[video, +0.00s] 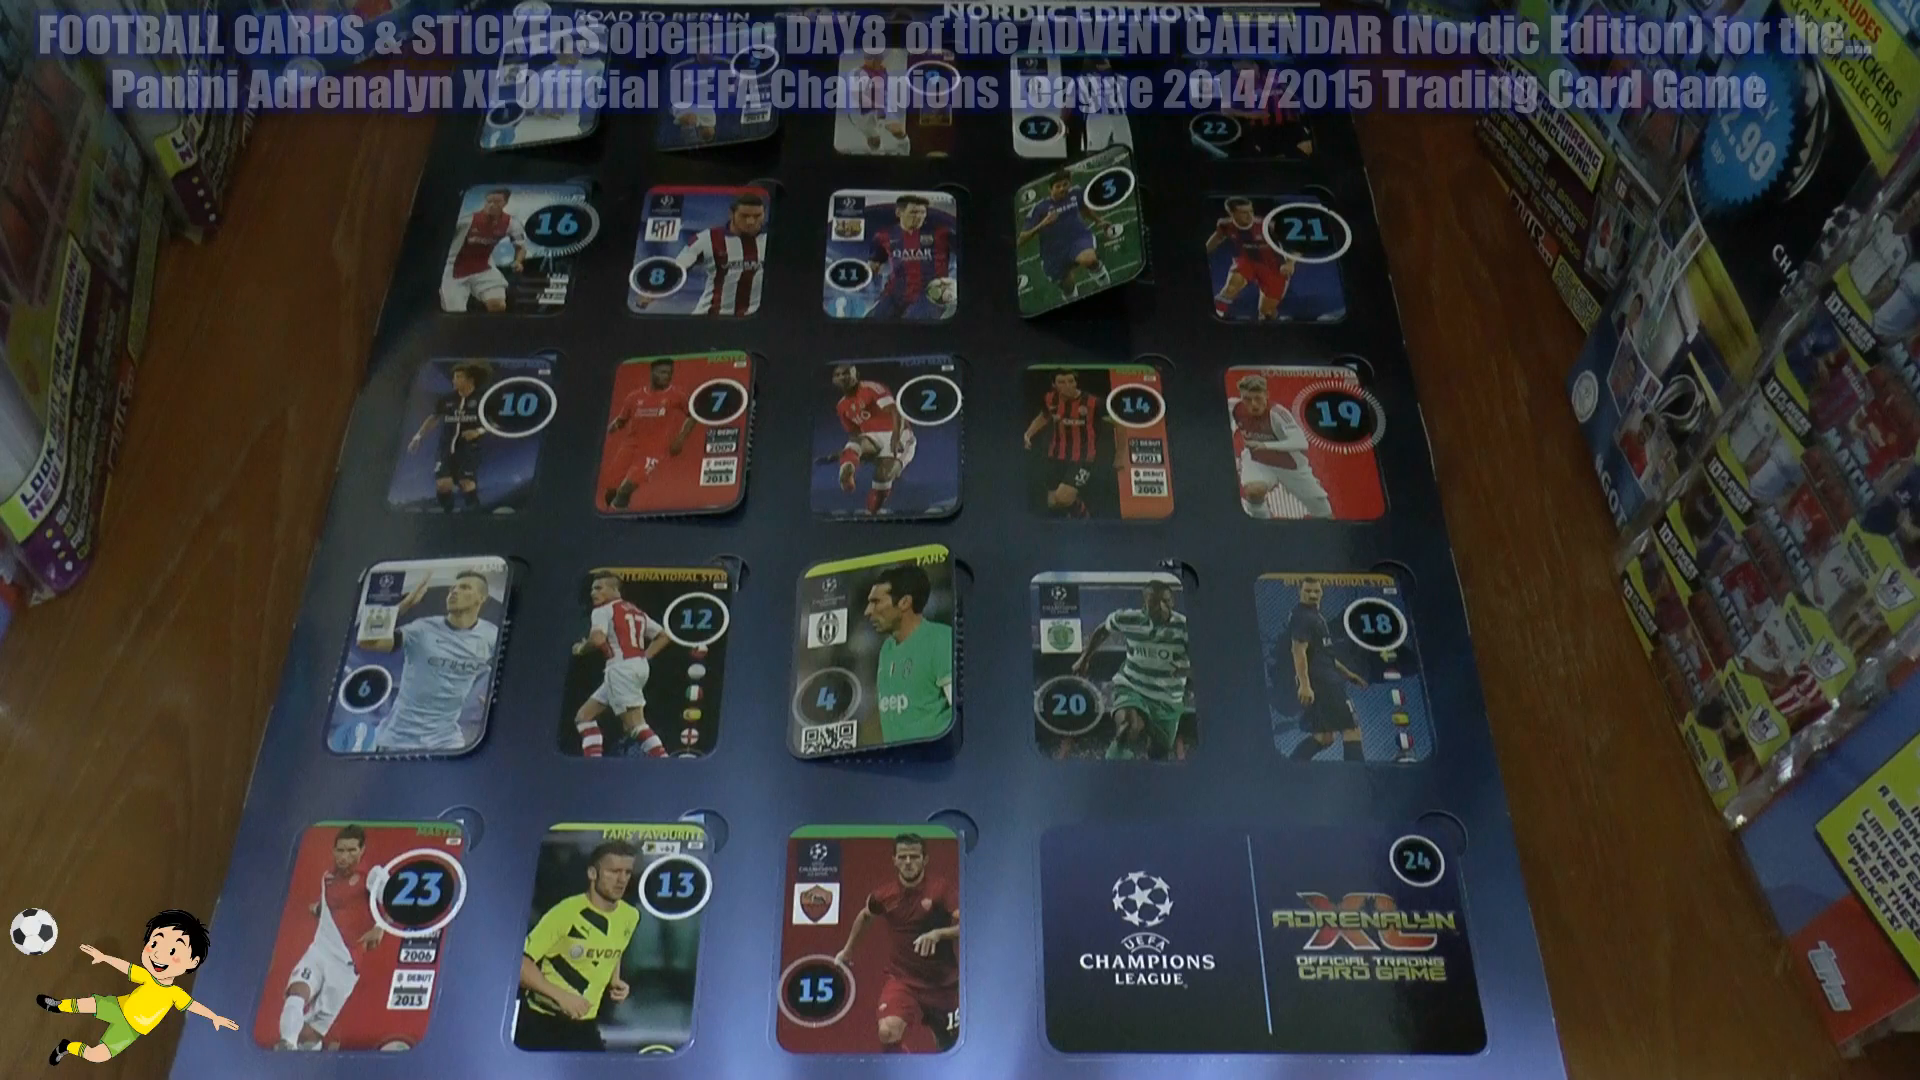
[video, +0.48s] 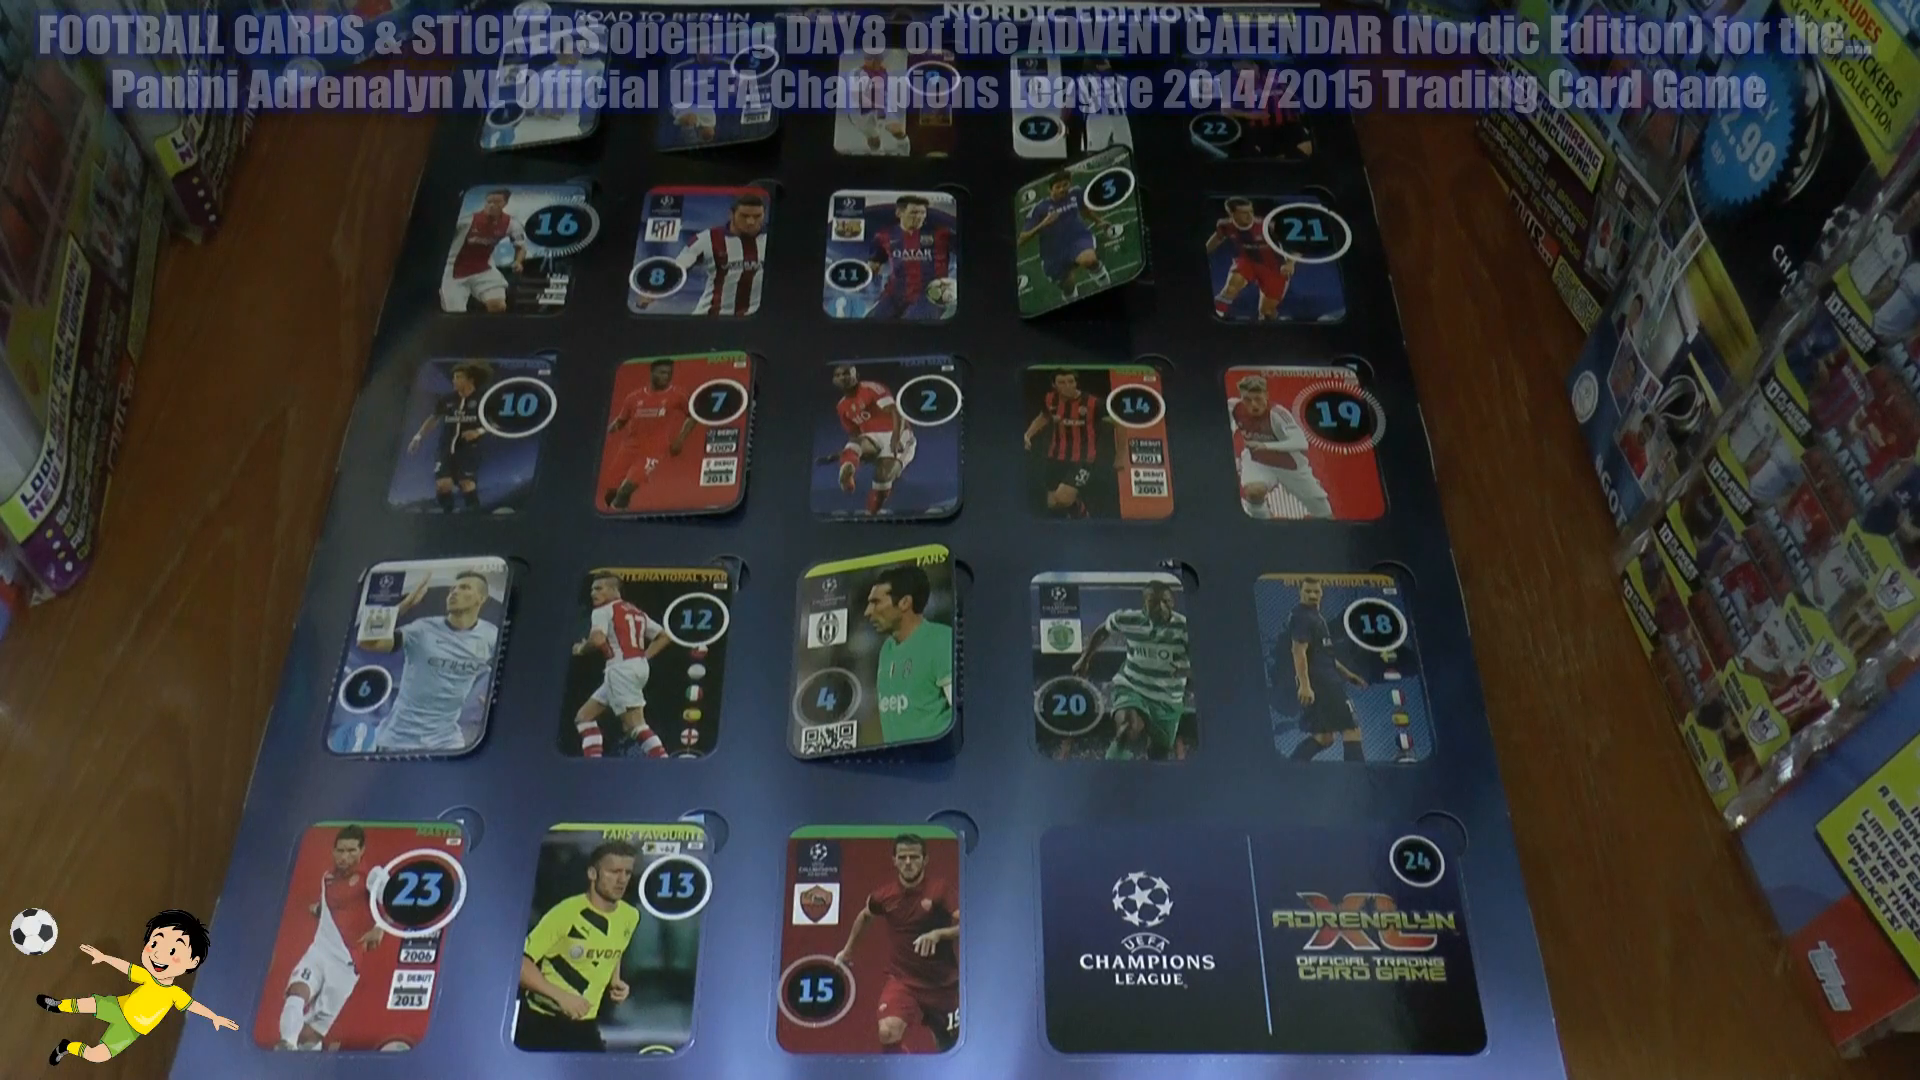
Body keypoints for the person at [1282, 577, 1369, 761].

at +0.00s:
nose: (1312, 595)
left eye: (1316, 591)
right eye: (1308, 591)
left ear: (1321, 593)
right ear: (1300, 592)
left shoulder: (1317, 616)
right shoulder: (1302, 616)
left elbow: (1326, 656)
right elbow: (1298, 650)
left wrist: (1349, 675)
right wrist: (1304, 684)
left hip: (1321, 683)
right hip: (1327, 684)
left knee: (1323, 737)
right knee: (1352, 731)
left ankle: (1288, 771)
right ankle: (1358, 786)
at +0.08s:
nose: (1312, 595)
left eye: (1316, 592)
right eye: (1308, 591)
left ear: (1321, 593)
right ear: (1300, 592)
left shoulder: (1317, 616)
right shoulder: (1302, 616)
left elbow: (1326, 656)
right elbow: (1298, 650)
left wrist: (1349, 675)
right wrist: (1304, 684)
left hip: (1321, 683)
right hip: (1327, 683)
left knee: (1324, 737)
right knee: (1352, 731)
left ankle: (1288, 770)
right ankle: (1358, 786)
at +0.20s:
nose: (1312, 595)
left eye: (1316, 592)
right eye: (1308, 592)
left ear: (1321, 594)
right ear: (1301, 593)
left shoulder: (1317, 617)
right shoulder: (1301, 617)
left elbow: (1327, 657)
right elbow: (1298, 651)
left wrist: (1349, 675)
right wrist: (1304, 685)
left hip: (1320, 683)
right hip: (1327, 684)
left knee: (1324, 738)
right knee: (1352, 731)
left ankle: (1288, 770)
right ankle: (1358, 783)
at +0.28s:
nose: (1313, 595)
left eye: (1316, 592)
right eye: (1308, 591)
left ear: (1321, 594)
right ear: (1301, 593)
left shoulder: (1317, 616)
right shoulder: (1301, 616)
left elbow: (1327, 656)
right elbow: (1298, 651)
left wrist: (1348, 675)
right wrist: (1304, 684)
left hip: (1321, 683)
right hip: (1327, 683)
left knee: (1324, 738)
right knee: (1352, 732)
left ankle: (1288, 771)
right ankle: (1358, 786)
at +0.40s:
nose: (1313, 595)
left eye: (1316, 592)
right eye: (1308, 591)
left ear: (1321, 594)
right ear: (1301, 593)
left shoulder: (1317, 617)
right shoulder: (1301, 616)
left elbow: (1326, 656)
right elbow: (1298, 650)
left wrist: (1348, 675)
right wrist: (1304, 684)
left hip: (1321, 683)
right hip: (1327, 684)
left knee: (1324, 738)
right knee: (1352, 732)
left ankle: (1288, 771)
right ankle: (1358, 786)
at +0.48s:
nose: (1312, 595)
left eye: (1316, 592)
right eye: (1308, 591)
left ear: (1321, 593)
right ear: (1301, 592)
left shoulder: (1318, 616)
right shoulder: (1301, 616)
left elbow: (1326, 656)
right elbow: (1298, 650)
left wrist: (1349, 675)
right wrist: (1304, 685)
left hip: (1321, 683)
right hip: (1327, 683)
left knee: (1324, 738)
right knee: (1352, 732)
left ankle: (1288, 771)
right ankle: (1358, 786)